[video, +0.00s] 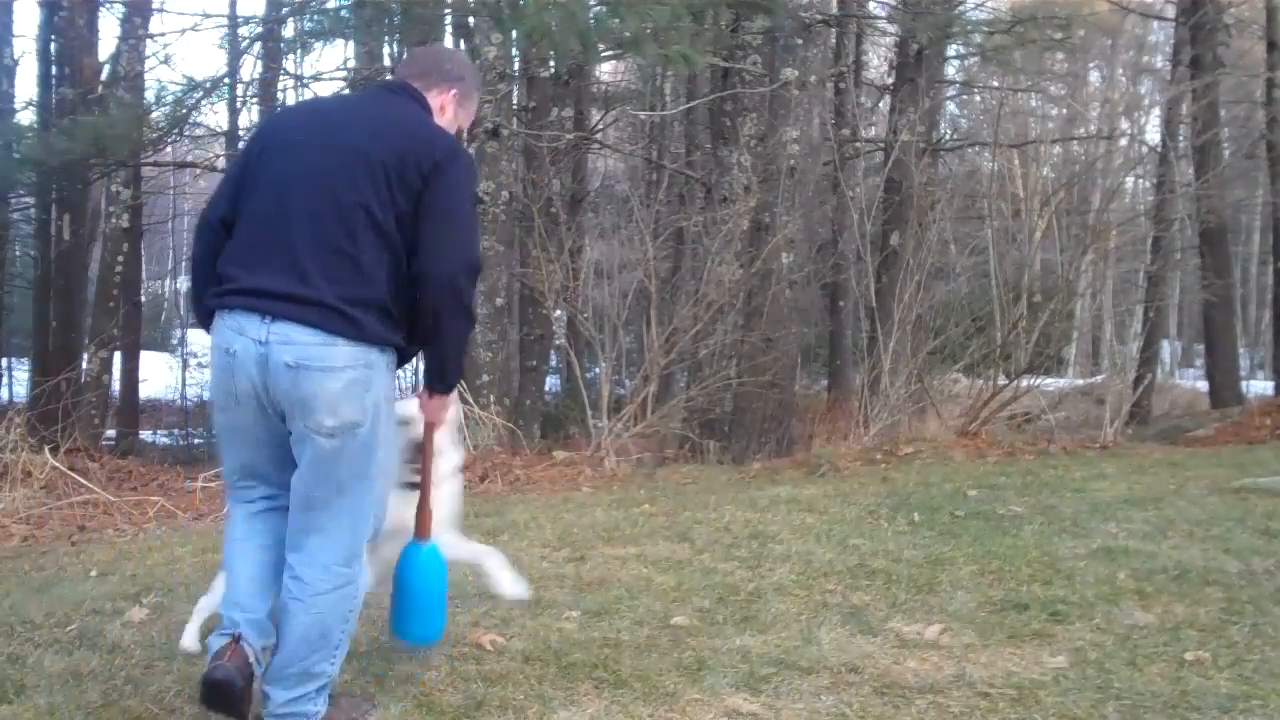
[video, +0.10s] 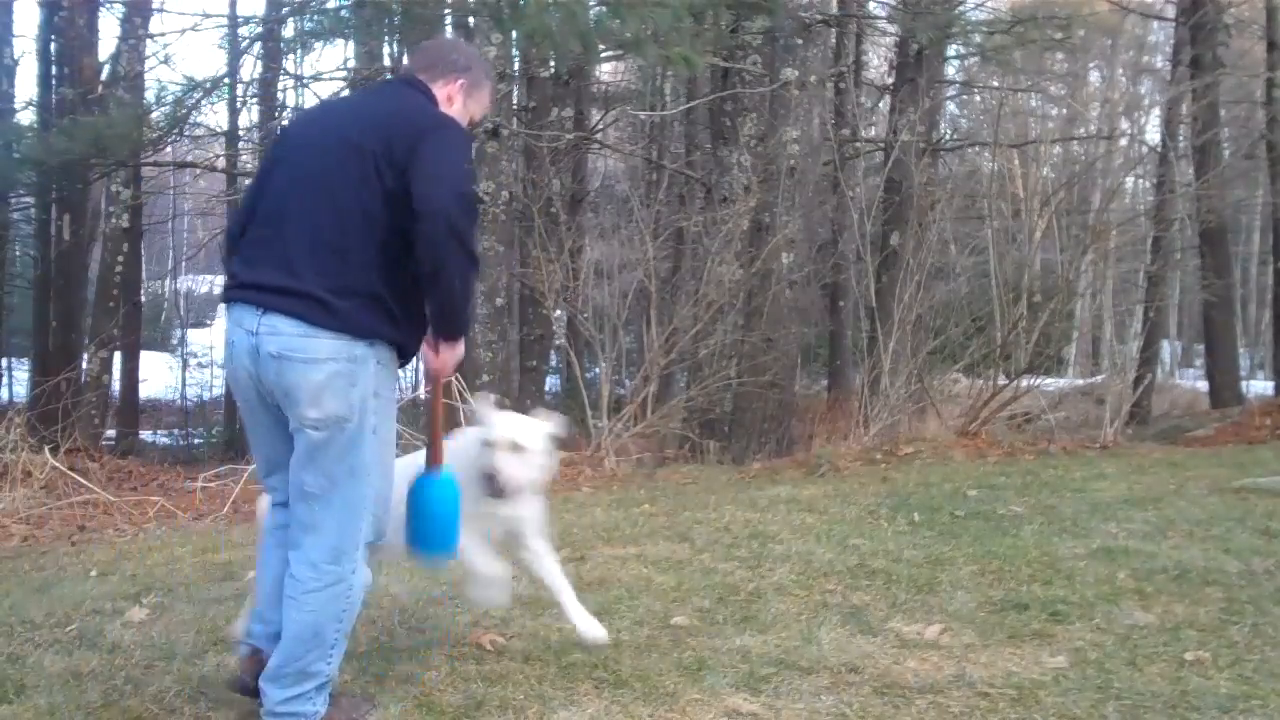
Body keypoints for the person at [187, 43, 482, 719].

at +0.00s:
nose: (460, 138)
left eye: (465, 126)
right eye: (465, 123)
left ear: (396, 83)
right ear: (445, 99)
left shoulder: (288, 119)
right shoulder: (439, 152)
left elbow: (213, 225)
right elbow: (447, 271)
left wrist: (218, 317)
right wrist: (441, 385)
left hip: (238, 340)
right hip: (338, 355)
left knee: (254, 498)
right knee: (328, 538)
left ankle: (239, 639)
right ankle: (296, 706)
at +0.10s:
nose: (469, 131)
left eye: (475, 122)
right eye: (473, 118)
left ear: (414, 78)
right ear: (453, 89)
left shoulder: (321, 114)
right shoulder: (436, 129)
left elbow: (247, 221)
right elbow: (444, 227)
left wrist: (261, 301)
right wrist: (450, 329)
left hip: (247, 335)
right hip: (333, 348)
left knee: (287, 500)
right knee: (335, 535)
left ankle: (263, 650)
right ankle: (297, 701)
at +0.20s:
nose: (478, 133)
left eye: (487, 123)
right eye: (486, 118)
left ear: (431, 75)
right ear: (465, 84)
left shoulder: (363, 110)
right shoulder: (430, 112)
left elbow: (347, 234)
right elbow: (429, 176)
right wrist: (446, 275)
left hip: (267, 332)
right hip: (334, 341)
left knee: (329, 510)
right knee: (337, 533)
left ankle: (354, 653)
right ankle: (293, 701)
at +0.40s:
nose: (516, 134)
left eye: (525, 125)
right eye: (520, 117)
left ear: (487, 89)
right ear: (490, 85)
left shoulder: (443, 133)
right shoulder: (431, 117)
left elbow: (437, 249)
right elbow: (393, 203)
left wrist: (449, 330)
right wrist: (427, 306)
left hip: (389, 346)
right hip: (350, 342)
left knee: (424, 504)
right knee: (358, 528)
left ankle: (429, 655)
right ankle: (295, 700)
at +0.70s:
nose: (568, 107)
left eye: (577, 97)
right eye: (563, 88)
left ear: (570, 94)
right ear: (520, 65)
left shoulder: (524, 153)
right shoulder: (452, 113)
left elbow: (510, 259)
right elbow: (375, 186)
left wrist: (538, 331)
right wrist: (435, 280)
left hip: (450, 336)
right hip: (395, 324)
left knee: (475, 486)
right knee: (474, 483)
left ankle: (441, 645)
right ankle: (398, 640)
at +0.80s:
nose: (574, 98)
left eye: (585, 87)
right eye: (565, 80)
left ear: (589, 86)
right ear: (525, 60)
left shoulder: (550, 156)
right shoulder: (457, 113)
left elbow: (547, 256)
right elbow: (376, 186)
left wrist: (562, 331)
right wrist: (438, 274)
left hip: (485, 338)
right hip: (414, 326)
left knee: (457, 489)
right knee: (496, 476)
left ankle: (428, 652)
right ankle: (478, 660)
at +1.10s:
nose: (594, 87)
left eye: (606, 73)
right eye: (580, 71)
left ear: (618, 68)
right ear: (541, 61)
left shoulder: (616, 146)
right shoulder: (482, 129)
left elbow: (633, 247)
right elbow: (407, 217)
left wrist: (647, 303)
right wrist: (479, 265)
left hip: (567, 356)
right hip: (486, 349)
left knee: (513, 508)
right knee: (554, 506)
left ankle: (440, 653)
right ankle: (578, 691)